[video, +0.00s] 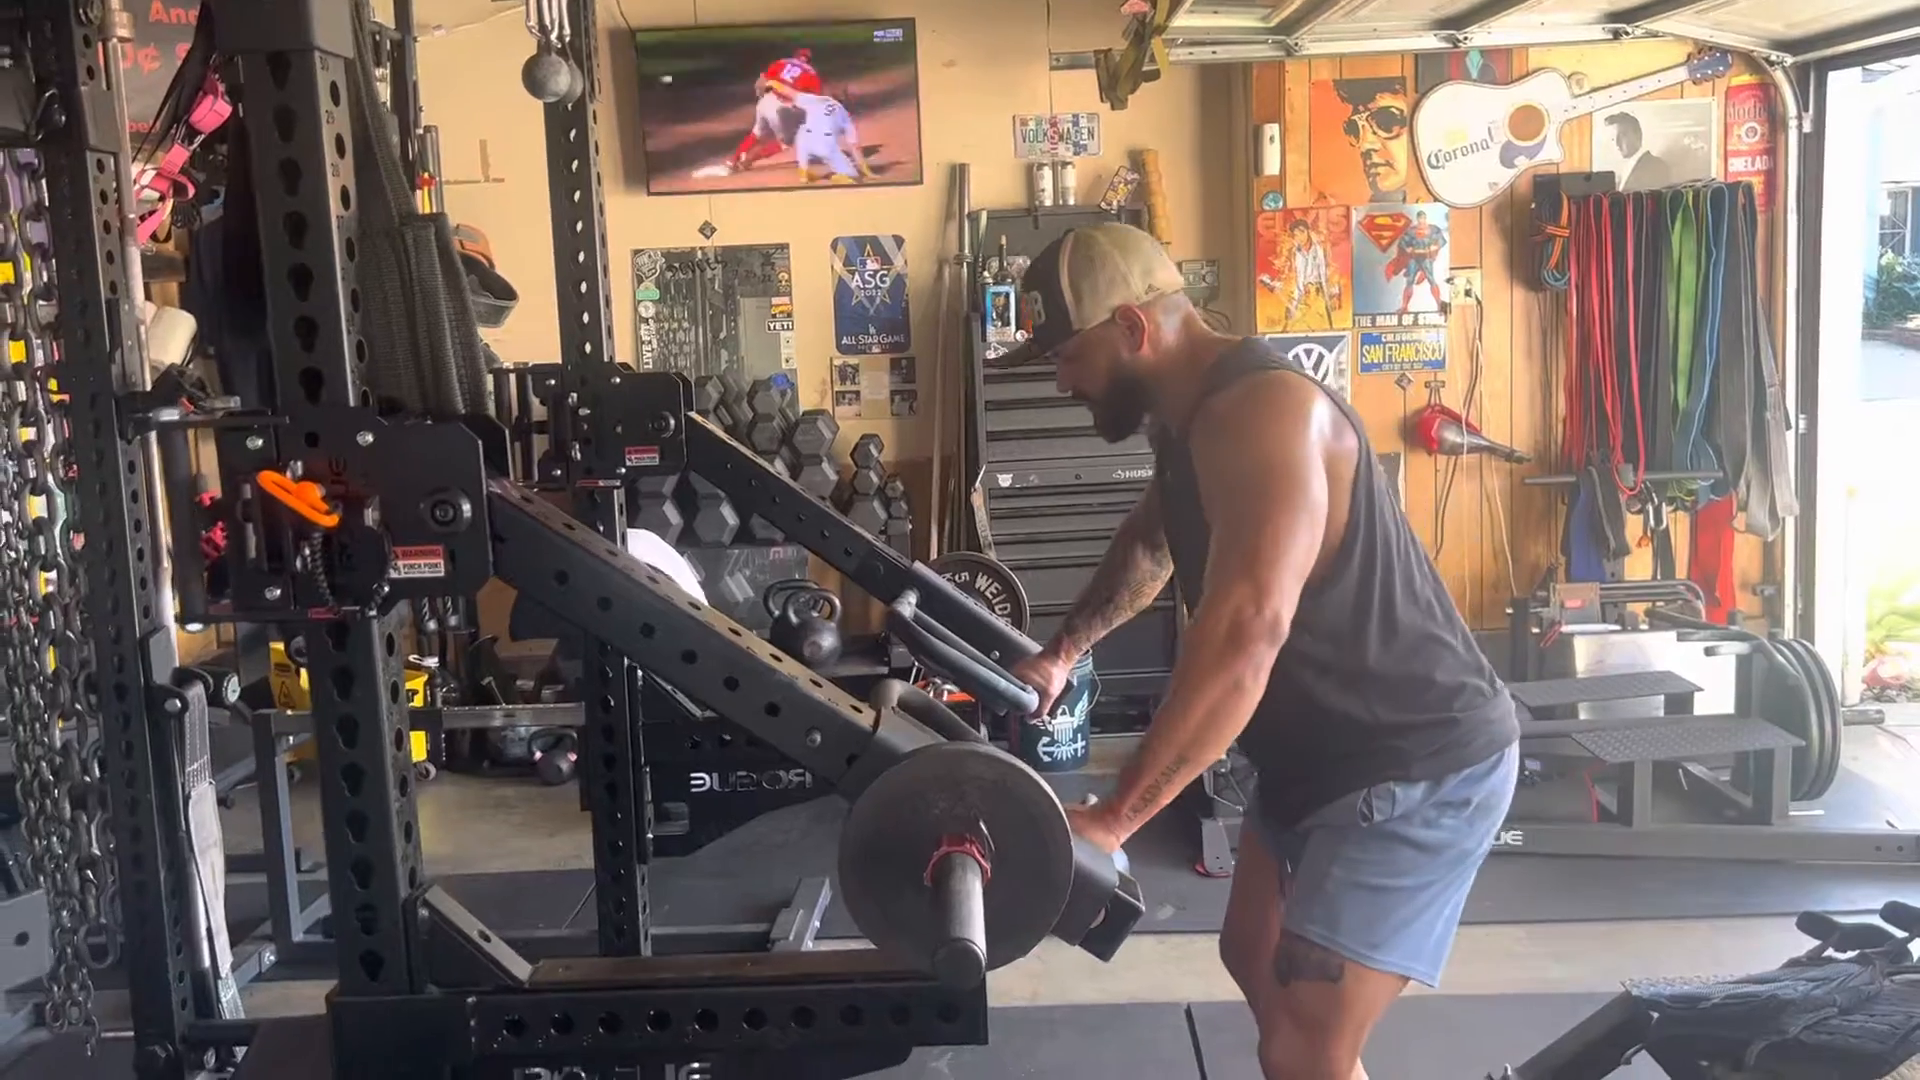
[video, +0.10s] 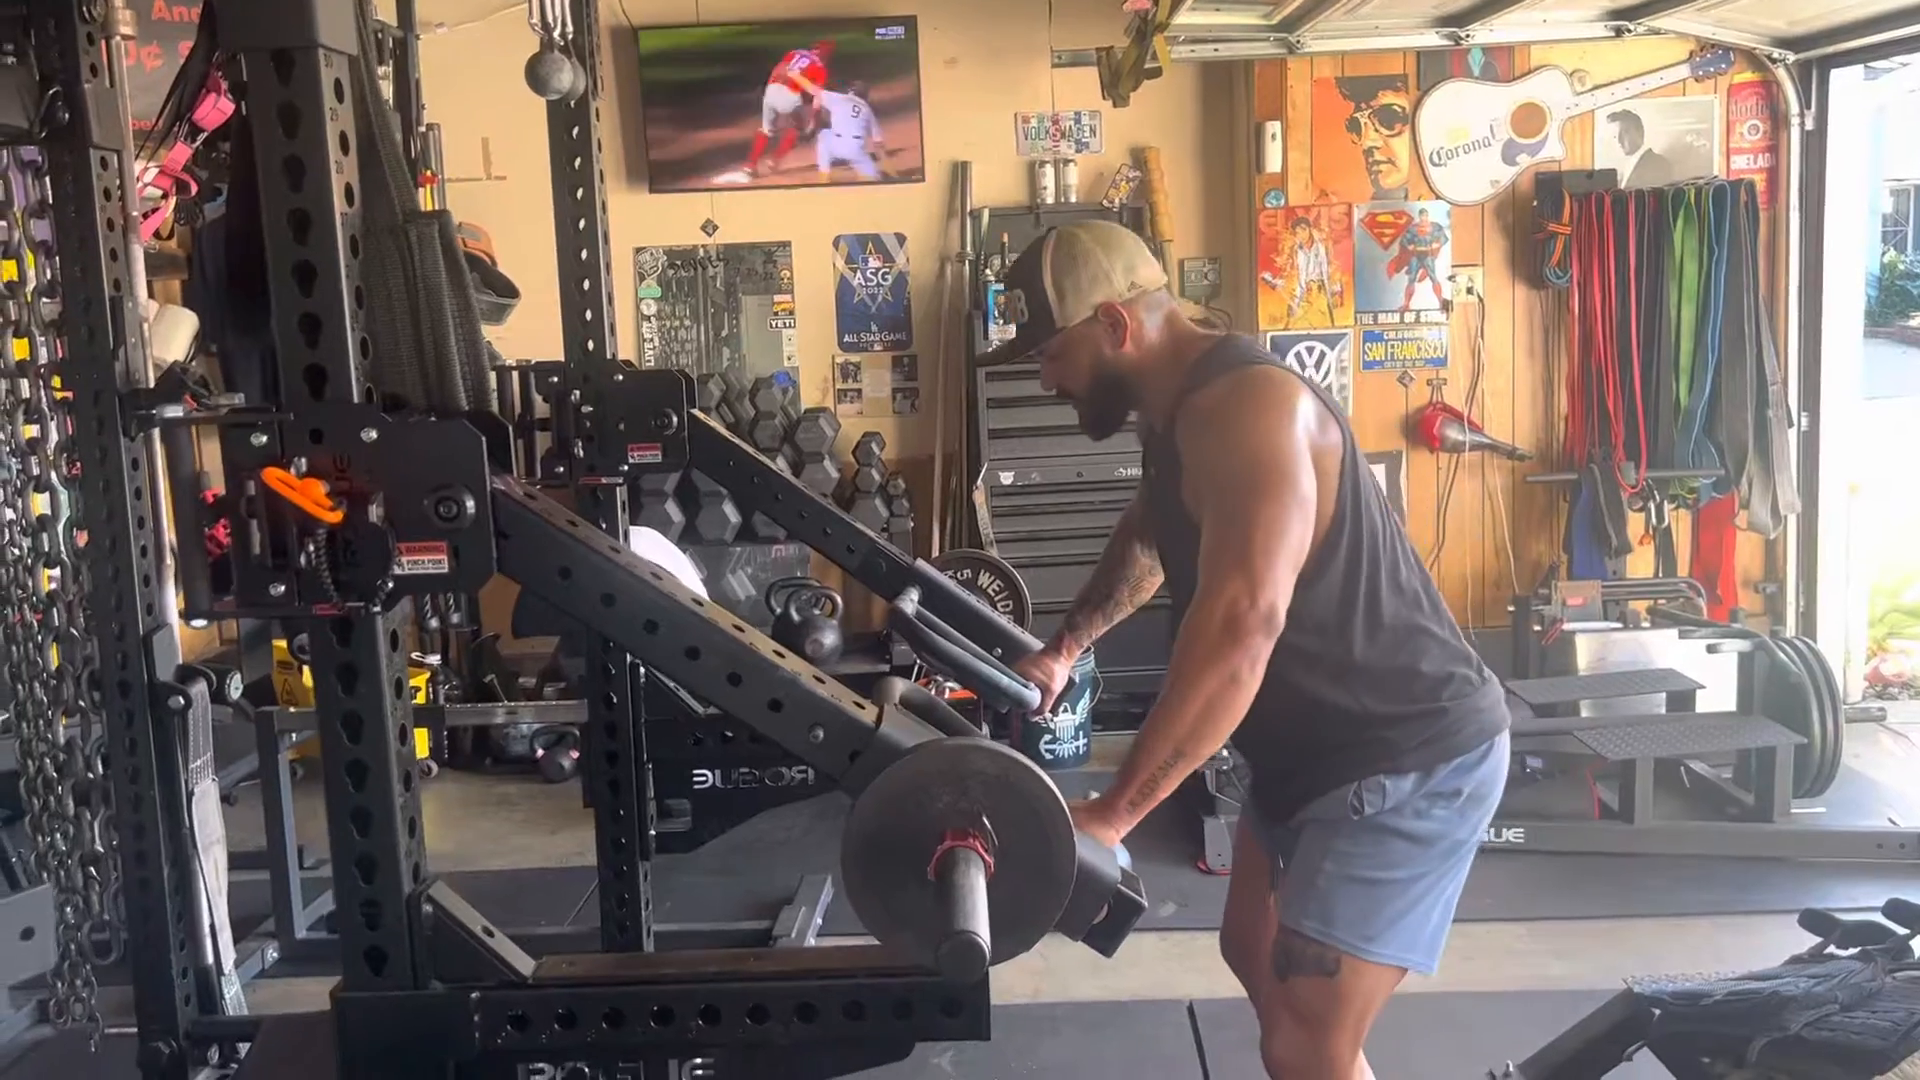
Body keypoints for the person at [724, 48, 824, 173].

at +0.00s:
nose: (803, 60)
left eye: (803, 58)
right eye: (805, 58)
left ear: (795, 56)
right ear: (808, 59)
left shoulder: (781, 63)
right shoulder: (812, 74)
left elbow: (764, 78)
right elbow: (814, 97)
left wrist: (760, 92)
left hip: (766, 99)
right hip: (783, 107)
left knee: (756, 133)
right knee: (784, 143)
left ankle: (734, 159)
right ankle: (749, 158)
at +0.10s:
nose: (827, 59)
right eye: (828, 56)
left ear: (814, 49)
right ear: (826, 55)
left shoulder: (794, 53)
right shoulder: (820, 68)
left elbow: (778, 70)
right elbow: (817, 96)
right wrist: (813, 119)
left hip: (771, 89)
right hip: (790, 95)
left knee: (766, 130)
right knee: (797, 127)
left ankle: (751, 165)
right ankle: (775, 159)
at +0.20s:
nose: (845, 53)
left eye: (845, 50)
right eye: (845, 50)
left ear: (833, 41)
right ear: (842, 47)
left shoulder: (810, 47)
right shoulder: (832, 57)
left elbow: (796, 66)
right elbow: (826, 81)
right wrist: (820, 104)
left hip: (787, 82)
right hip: (806, 87)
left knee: (783, 129)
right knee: (812, 124)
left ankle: (772, 170)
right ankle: (807, 164)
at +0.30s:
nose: (846, 42)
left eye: (847, 39)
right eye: (846, 39)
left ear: (834, 30)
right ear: (842, 35)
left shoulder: (817, 39)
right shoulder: (832, 45)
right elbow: (822, 67)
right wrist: (836, 89)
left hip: (793, 80)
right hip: (810, 83)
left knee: (792, 127)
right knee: (821, 125)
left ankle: (786, 170)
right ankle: (827, 165)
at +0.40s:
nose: (841, 33)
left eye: (841, 29)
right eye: (840, 29)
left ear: (828, 26)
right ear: (835, 28)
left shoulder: (814, 37)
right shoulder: (827, 42)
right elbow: (819, 72)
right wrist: (834, 92)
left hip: (798, 78)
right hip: (811, 80)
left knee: (798, 123)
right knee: (825, 121)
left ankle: (793, 164)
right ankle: (833, 161)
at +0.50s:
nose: (833, 28)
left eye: (833, 24)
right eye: (832, 24)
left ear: (821, 20)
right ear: (827, 22)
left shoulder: (809, 31)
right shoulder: (820, 36)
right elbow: (815, 64)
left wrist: (848, 63)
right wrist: (827, 87)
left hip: (799, 71)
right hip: (810, 71)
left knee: (800, 110)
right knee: (827, 108)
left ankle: (796, 148)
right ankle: (833, 146)